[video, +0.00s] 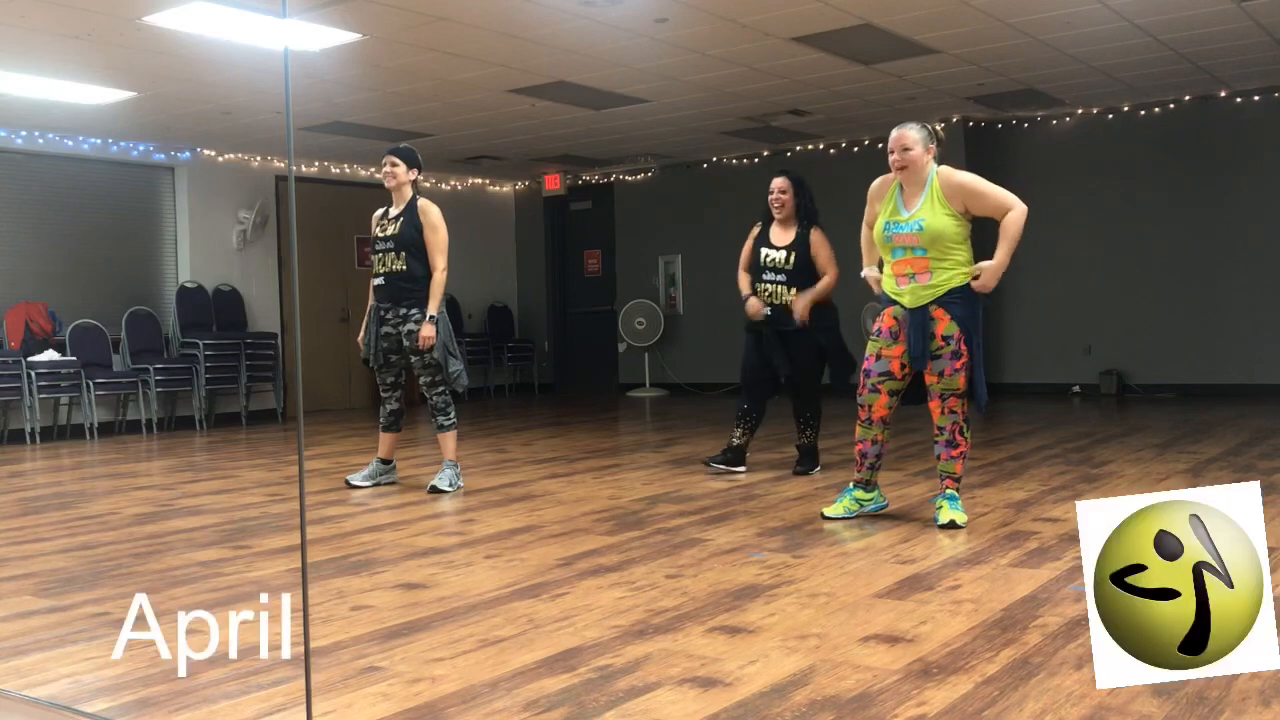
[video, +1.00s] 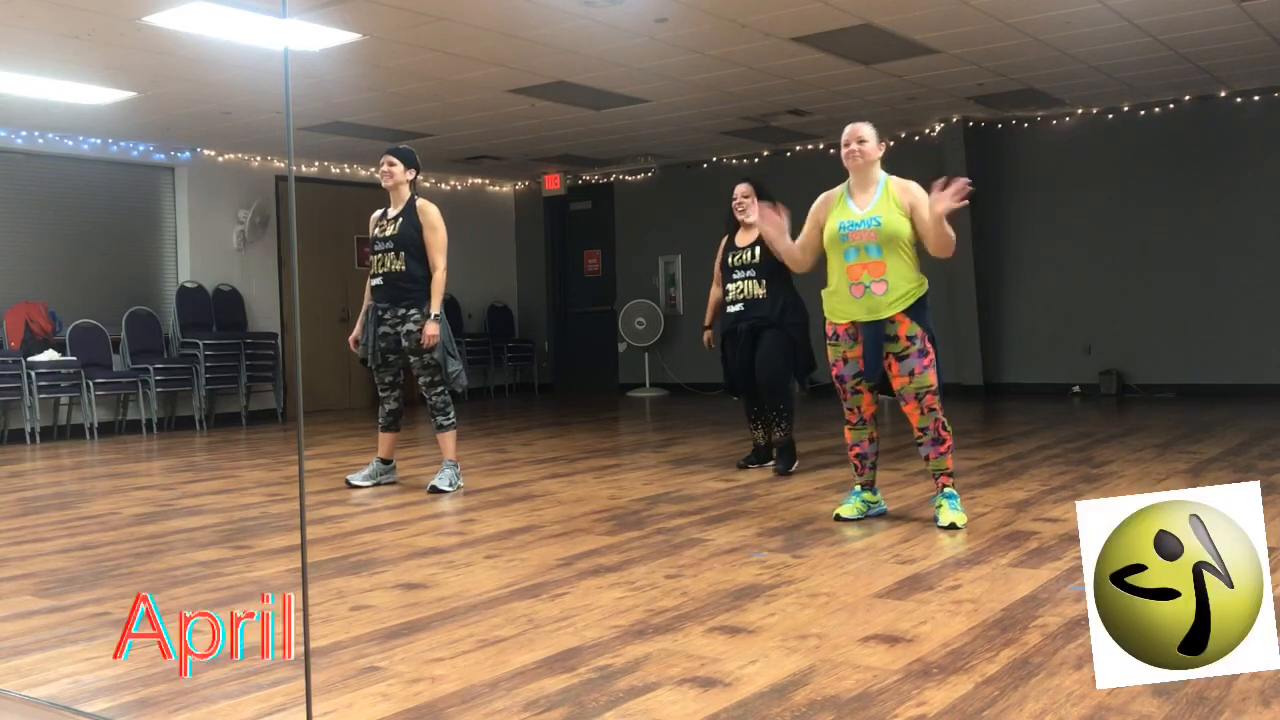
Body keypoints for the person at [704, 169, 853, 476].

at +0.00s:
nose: (775, 198)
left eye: (782, 192)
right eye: (772, 193)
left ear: (797, 197)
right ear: (768, 198)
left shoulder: (812, 235)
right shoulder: (758, 232)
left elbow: (831, 275)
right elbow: (744, 271)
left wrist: (808, 297)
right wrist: (749, 297)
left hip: (801, 330)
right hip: (764, 328)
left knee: (804, 391)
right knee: (753, 387)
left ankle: (808, 454)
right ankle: (736, 451)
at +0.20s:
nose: (780, 198)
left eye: (787, 192)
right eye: (776, 192)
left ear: (802, 197)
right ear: (772, 197)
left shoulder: (815, 231)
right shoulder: (764, 229)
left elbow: (816, 265)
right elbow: (744, 266)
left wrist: (809, 230)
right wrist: (757, 294)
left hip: (804, 324)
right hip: (765, 323)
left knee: (804, 386)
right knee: (753, 380)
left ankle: (808, 453)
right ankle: (754, 447)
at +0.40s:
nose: (775, 200)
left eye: (782, 195)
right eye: (772, 195)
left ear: (797, 200)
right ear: (767, 199)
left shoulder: (808, 232)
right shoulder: (757, 232)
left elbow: (808, 257)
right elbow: (738, 270)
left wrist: (796, 216)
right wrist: (745, 297)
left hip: (798, 327)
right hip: (760, 328)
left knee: (802, 389)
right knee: (761, 389)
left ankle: (807, 453)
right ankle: (763, 449)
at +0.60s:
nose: (762, 199)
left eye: (769, 194)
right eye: (759, 194)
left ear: (784, 199)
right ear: (754, 200)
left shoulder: (794, 232)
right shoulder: (747, 235)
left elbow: (794, 255)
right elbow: (729, 271)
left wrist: (783, 214)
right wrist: (731, 296)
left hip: (789, 325)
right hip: (752, 327)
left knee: (795, 388)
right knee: (757, 389)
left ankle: (806, 453)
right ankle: (762, 449)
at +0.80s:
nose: (748, 200)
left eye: (755, 196)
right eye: (745, 196)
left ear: (770, 201)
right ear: (741, 203)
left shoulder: (782, 231)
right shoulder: (736, 239)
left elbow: (784, 253)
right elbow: (724, 278)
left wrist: (769, 214)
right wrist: (717, 311)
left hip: (779, 325)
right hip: (743, 328)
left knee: (783, 386)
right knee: (753, 389)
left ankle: (802, 452)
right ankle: (762, 449)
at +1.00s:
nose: (739, 203)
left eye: (745, 197)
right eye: (735, 199)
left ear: (760, 202)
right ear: (731, 206)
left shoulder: (774, 233)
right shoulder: (727, 242)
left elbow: (793, 261)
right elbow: (718, 285)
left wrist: (768, 227)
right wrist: (708, 323)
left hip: (776, 322)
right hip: (739, 326)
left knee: (772, 380)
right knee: (749, 386)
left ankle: (785, 447)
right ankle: (761, 448)